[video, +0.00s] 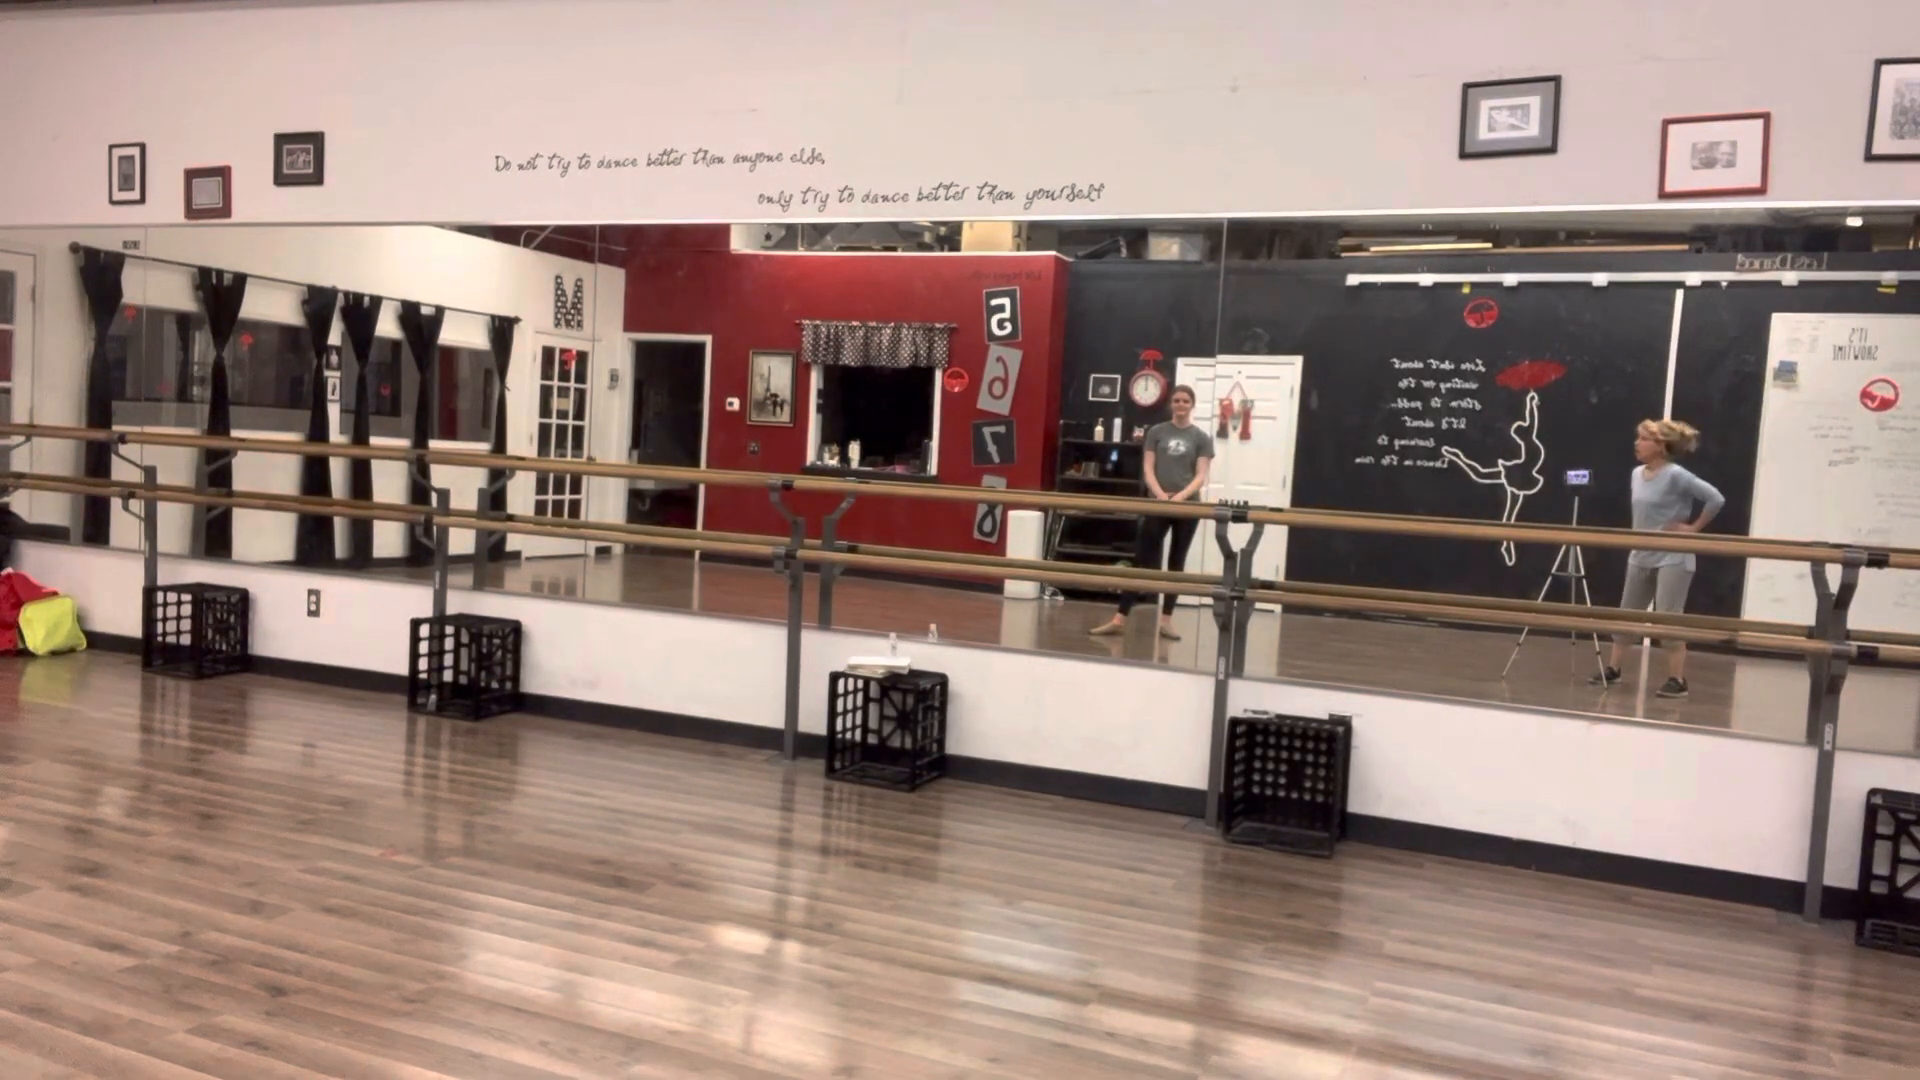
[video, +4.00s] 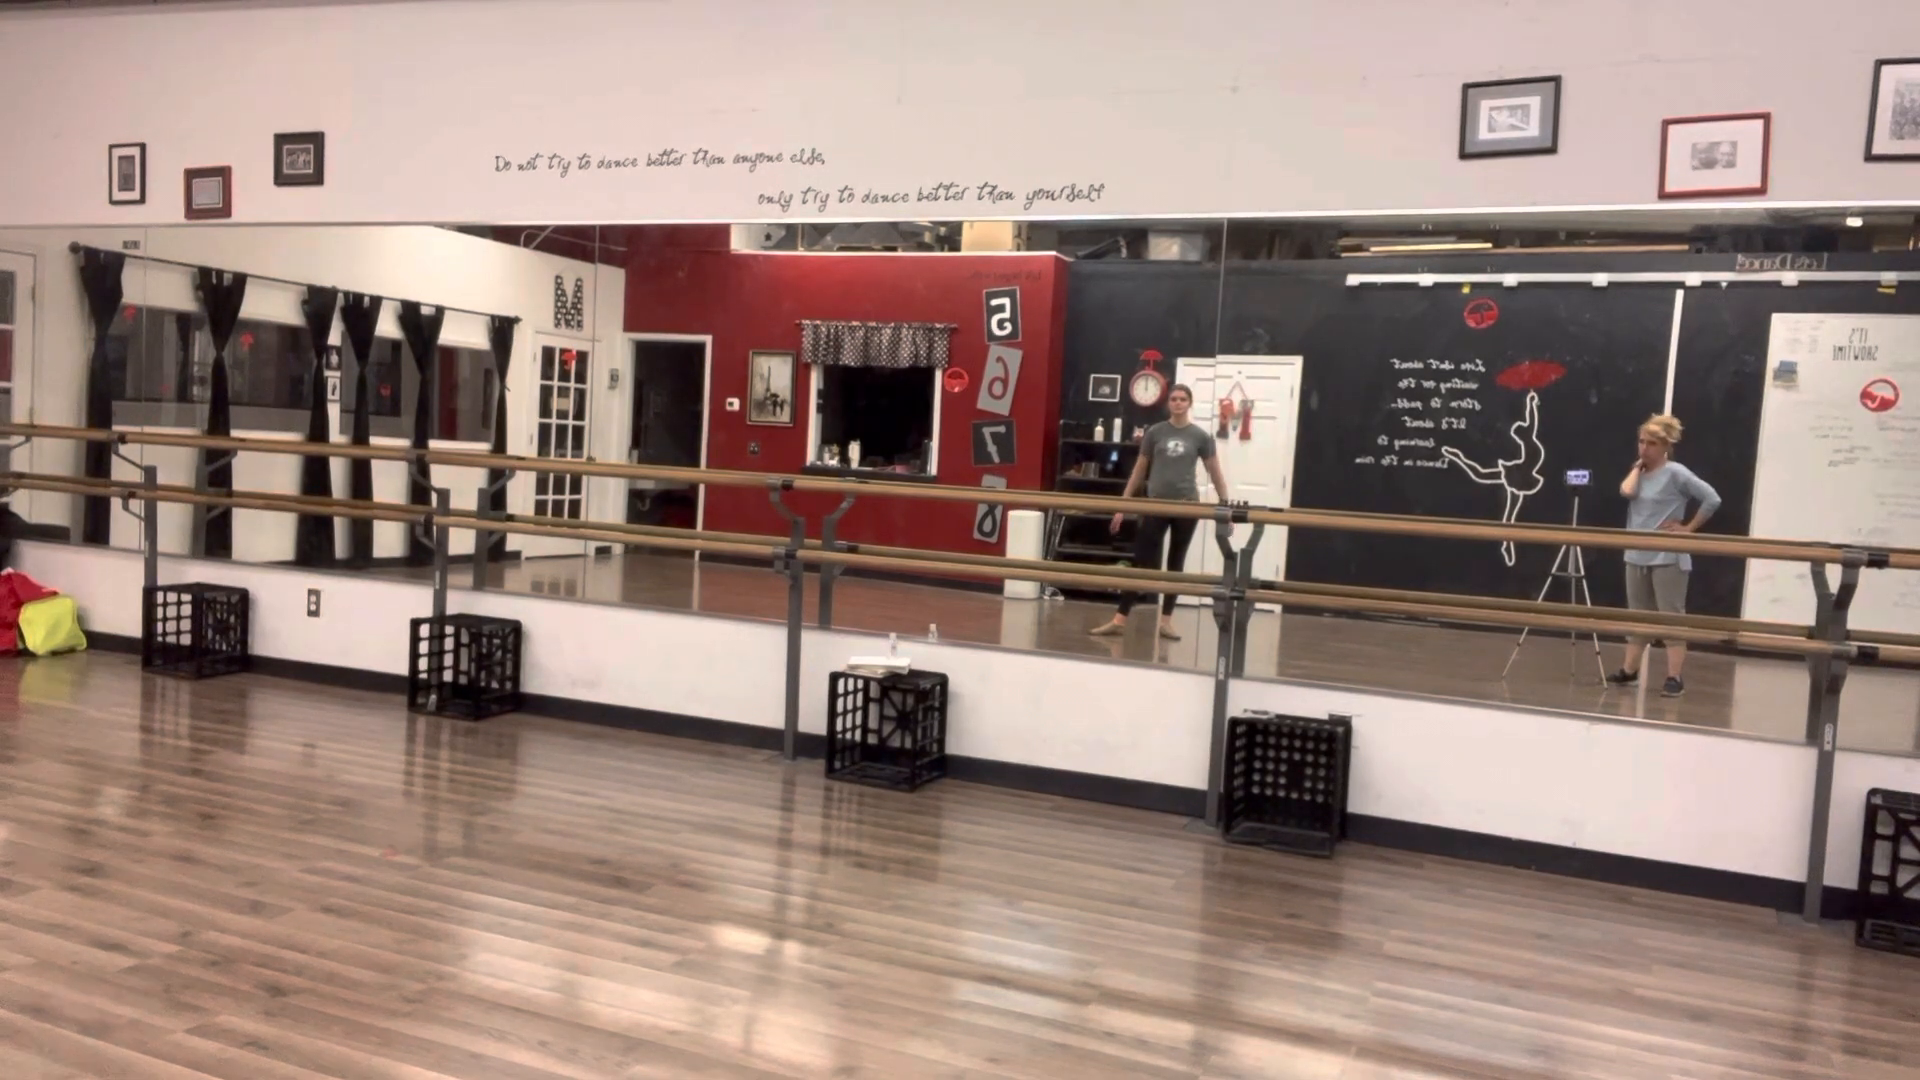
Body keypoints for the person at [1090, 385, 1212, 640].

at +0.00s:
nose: (1180, 405)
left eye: (1185, 401)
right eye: (1177, 401)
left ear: (1192, 405)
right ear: (1170, 404)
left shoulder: (1202, 438)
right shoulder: (1155, 432)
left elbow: (1201, 475)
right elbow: (1148, 469)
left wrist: (1182, 495)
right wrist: (1160, 494)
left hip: (1187, 503)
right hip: (1158, 500)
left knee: (1177, 560)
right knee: (1143, 555)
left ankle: (1166, 618)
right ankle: (1120, 616)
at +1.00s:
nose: (1192, 407)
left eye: (1195, 403)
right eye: (1188, 403)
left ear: (1195, 406)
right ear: (1174, 404)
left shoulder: (1200, 437)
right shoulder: (1154, 432)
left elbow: (1203, 476)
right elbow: (1148, 473)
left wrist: (1188, 505)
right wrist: (1158, 503)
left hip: (1187, 507)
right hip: (1158, 505)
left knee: (1176, 564)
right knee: (1142, 559)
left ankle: (1166, 620)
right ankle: (1120, 617)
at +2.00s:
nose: (1189, 407)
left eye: (1192, 403)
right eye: (1185, 402)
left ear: (1194, 406)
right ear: (1173, 403)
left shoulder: (1199, 437)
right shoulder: (1152, 433)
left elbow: (1209, 474)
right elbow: (1141, 472)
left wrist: (1217, 502)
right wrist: (1131, 507)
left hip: (1186, 509)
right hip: (1155, 506)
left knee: (1175, 564)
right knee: (1141, 560)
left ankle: (1165, 620)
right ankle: (1120, 618)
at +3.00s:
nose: (1180, 403)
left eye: (1185, 400)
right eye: (1176, 399)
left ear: (1192, 405)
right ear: (1170, 403)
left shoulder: (1202, 436)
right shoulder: (1155, 433)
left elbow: (1217, 473)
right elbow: (1140, 471)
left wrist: (1227, 507)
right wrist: (1123, 507)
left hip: (1187, 509)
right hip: (1156, 506)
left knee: (1176, 563)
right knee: (1141, 559)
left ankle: (1165, 620)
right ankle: (1120, 618)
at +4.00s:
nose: (1177, 403)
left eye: (1182, 399)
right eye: (1173, 399)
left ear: (1190, 404)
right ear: (1168, 403)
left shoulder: (1201, 436)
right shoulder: (1154, 432)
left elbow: (1215, 474)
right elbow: (1138, 471)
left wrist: (1225, 507)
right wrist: (1121, 508)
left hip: (1186, 509)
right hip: (1154, 506)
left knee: (1175, 564)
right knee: (1141, 559)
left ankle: (1165, 620)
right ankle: (1120, 618)